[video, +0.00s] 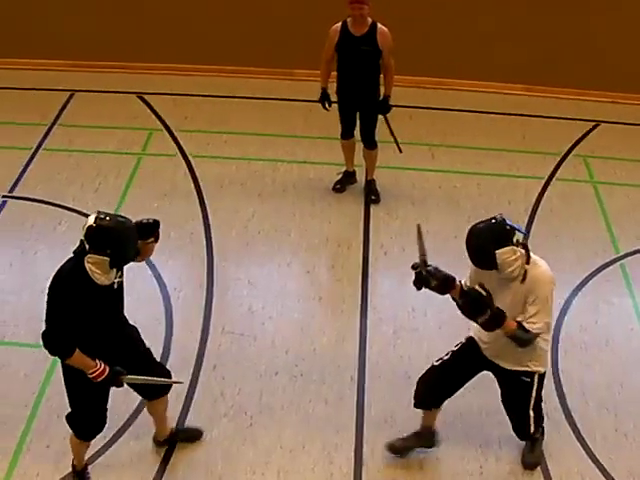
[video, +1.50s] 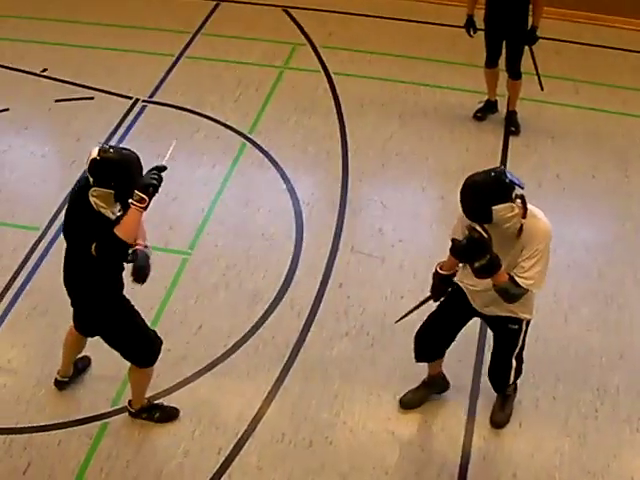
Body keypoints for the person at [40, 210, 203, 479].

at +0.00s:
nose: (147, 250)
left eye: (148, 247)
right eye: (141, 247)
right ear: (114, 251)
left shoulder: (109, 256)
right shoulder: (66, 283)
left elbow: (135, 256)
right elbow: (55, 342)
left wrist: (144, 243)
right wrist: (98, 370)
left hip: (118, 337)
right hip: (84, 355)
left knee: (158, 385)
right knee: (88, 422)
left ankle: (163, 434)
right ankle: (78, 468)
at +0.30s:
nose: (136, 258)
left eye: (139, 252)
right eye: (133, 252)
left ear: (141, 244)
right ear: (120, 244)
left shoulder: (139, 243)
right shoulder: (89, 272)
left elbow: (174, 238)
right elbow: (78, 336)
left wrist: (174, 221)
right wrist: (116, 364)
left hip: (137, 332)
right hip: (103, 346)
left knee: (167, 387)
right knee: (110, 421)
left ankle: (155, 449)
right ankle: (99, 453)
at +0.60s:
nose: (141, 235)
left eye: (140, 231)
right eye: (138, 230)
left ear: (133, 226)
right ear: (123, 229)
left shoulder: (129, 230)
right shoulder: (85, 260)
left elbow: (161, 217)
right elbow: (73, 323)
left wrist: (166, 207)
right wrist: (112, 349)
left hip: (133, 318)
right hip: (100, 337)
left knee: (171, 369)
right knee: (94, 410)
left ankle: (164, 426)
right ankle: (63, 456)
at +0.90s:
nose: (130, 217)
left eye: (130, 213)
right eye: (126, 213)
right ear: (110, 210)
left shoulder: (110, 206)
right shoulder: (72, 237)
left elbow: (135, 222)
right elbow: (72, 305)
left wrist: (154, 204)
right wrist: (119, 324)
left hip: (115, 287)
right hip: (83, 304)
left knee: (149, 333)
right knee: (96, 374)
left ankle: (181, 382)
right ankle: (80, 420)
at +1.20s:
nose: (121, 204)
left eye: (122, 199)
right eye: (118, 200)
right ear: (100, 200)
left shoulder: (83, 196)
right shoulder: (73, 236)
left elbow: (114, 212)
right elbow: (99, 298)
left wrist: (139, 207)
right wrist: (147, 277)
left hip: (85, 290)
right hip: (71, 306)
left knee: (114, 321)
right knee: (110, 365)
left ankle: (82, 378)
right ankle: (103, 411)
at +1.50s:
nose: (127, 195)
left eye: (127, 190)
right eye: (124, 189)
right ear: (112, 188)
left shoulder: (103, 186)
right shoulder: (82, 212)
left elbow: (134, 217)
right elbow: (115, 249)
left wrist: (140, 248)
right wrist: (140, 202)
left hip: (83, 278)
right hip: (97, 294)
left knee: (82, 325)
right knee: (147, 347)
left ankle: (65, 372)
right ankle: (138, 405)